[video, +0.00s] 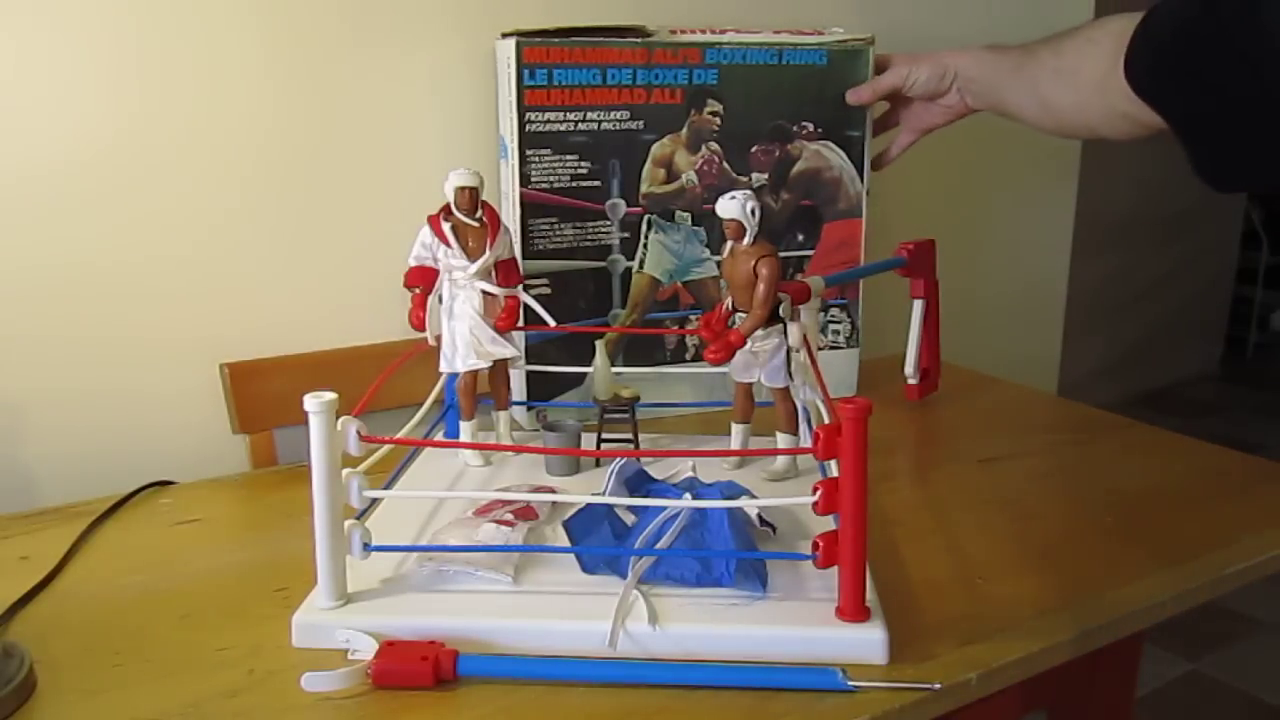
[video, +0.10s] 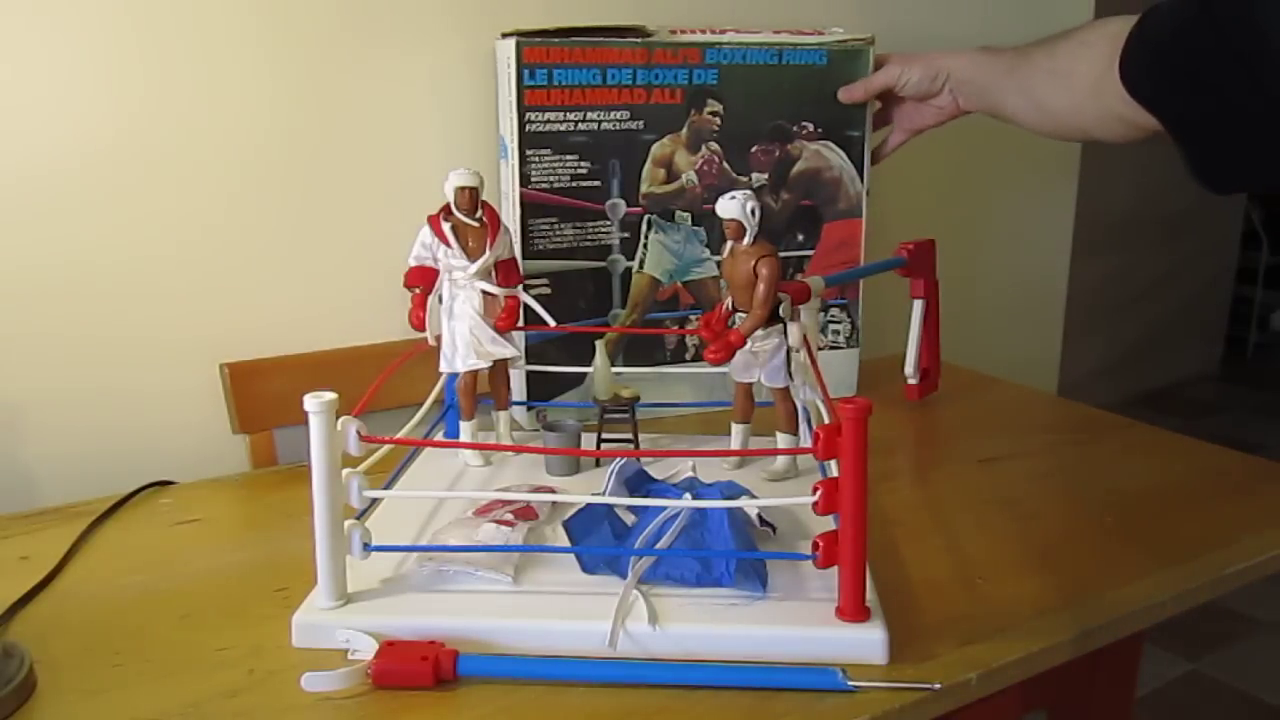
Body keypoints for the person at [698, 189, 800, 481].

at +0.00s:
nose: (725, 227)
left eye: (730, 222)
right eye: (723, 222)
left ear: (747, 223)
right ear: (724, 223)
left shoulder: (766, 259)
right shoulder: (730, 249)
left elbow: (761, 312)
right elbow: (734, 292)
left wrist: (735, 339)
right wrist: (720, 316)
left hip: (769, 332)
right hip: (742, 329)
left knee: (779, 390)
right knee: (742, 386)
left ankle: (787, 456)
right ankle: (738, 449)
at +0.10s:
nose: (725, 227)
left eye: (730, 222)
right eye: (723, 222)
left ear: (747, 222)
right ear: (724, 222)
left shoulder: (766, 259)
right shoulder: (729, 249)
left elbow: (761, 312)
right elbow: (733, 292)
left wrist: (735, 338)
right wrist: (720, 316)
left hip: (769, 332)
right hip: (742, 329)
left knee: (779, 390)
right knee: (742, 385)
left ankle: (786, 456)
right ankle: (738, 449)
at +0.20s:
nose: (725, 227)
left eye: (730, 222)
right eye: (723, 222)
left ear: (747, 223)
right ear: (724, 223)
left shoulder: (766, 260)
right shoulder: (730, 250)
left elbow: (761, 312)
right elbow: (733, 291)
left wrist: (735, 338)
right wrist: (719, 316)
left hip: (769, 332)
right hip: (742, 329)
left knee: (779, 390)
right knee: (742, 385)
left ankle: (786, 456)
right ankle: (738, 449)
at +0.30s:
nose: (725, 227)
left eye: (730, 222)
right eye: (723, 221)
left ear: (747, 222)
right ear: (724, 222)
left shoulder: (766, 259)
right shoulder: (729, 250)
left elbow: (761, 312)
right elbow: (732, 290)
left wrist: (735, 338)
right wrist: (719, 315)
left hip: (769, 331)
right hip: (742, 328)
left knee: (780, 390)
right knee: (742, 385)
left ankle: (786, 456)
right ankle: (737, 449)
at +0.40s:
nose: (726, 226)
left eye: (731, 221)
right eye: (724, 221)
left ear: (748, 222)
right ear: (724, 223)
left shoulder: (766, 261)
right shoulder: (728, 251)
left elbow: (761, 312)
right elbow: (733, 292)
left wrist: (734, 340)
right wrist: (719, 316)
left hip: (770, 333)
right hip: (744, 330)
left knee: (779, 391)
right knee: (742, 386)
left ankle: (787, 457)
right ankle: (738, 448)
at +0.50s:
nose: (724, 228)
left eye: (730, 223)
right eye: (723, 223)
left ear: (747, 224)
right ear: (724, 224)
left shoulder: (766, 260)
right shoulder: (730, 249)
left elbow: (761, 312)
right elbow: (735, 290)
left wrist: (735, 338)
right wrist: (721, 314)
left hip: (769, 331)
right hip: (742, 327)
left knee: (780, 391)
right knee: (742, 386)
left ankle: (786, 456)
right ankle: (737, 450)